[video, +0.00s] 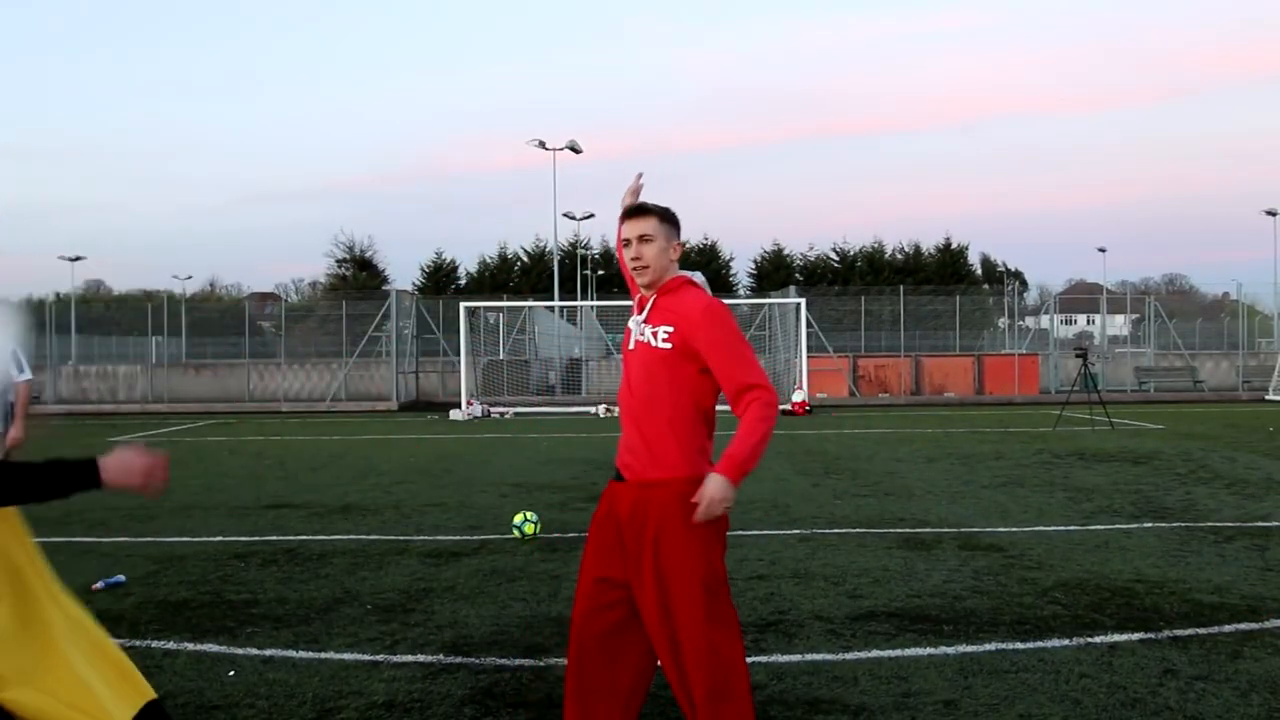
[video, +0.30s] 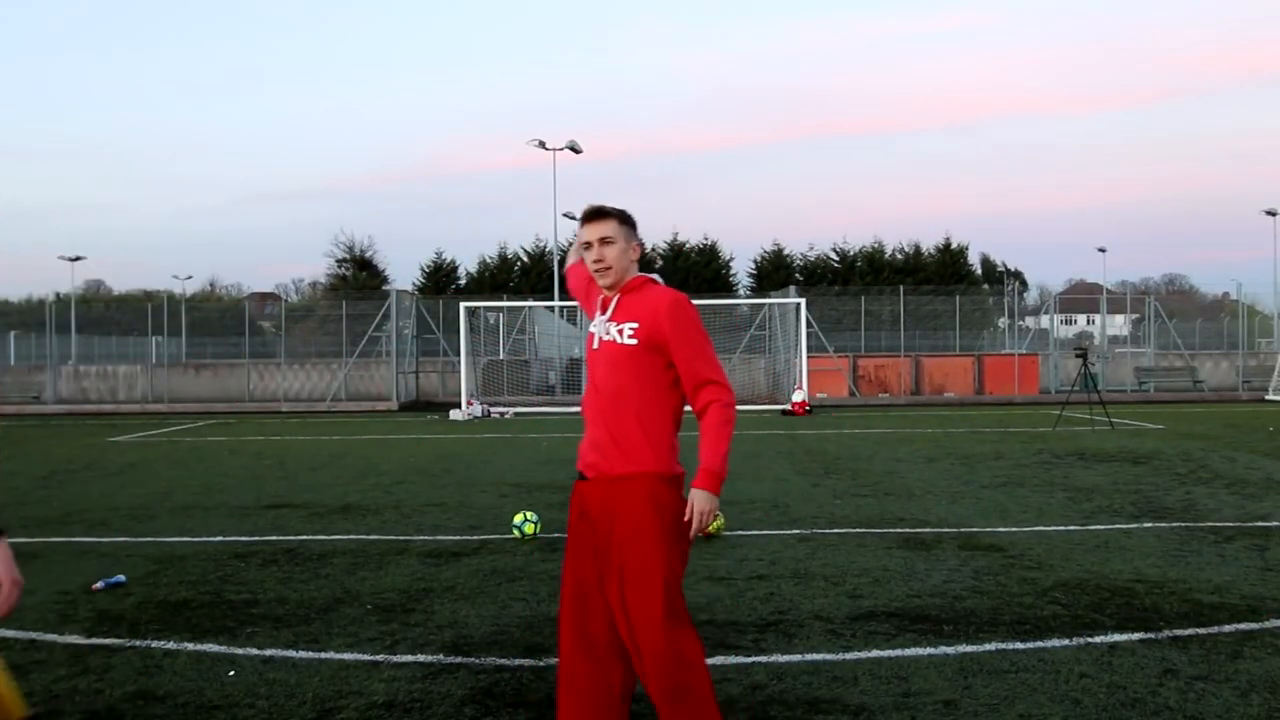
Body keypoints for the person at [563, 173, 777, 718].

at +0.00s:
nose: (634, 253)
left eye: (645, 241)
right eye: (627, 245)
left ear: (675, 248)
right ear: (626, 256)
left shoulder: (698, 308)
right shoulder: (647, 303)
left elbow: (759, 400)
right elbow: (629, 263)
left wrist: (728, 475)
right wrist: (625, 218)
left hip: (679, 505)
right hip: (624, 501)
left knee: (703, 655)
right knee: (596, 646)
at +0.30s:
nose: (596, 256)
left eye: (606, 243)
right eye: (587, 248)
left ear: (635, 249)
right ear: (583, 258)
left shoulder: (666, 305)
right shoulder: (601, 304)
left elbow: (716, 398)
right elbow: (576, 273)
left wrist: (707, 484)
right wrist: (593, 242)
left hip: (647, 491)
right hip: (592, 490)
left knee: (658, 634)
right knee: (585, 637)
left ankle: (694, 715)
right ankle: (588, 717)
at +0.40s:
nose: (587, 256)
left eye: (598, 244)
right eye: (579, 248)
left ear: (626, 249)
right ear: (578, 257)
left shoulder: (658, 304)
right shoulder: (594, 306)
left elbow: (709, 394)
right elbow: (575, 303)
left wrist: (709, 481)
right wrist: (557, 286)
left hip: (639, 488)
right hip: (586, 488)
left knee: (634, 627)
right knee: (578, 634)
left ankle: (686, 714)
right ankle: (587, 717)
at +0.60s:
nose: (571, 255)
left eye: (582, 244)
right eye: (563, 248)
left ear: (611, 250)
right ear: (560, 257)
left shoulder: (644, 303)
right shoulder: (578, 311)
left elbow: (697, 390)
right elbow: (553, 337)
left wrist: (707, 478)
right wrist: (530, 349)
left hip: (627, 484)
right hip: (580, 485)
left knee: (608, 624)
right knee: (571, 627)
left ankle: (651, 715)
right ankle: (583, 717)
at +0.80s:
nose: (559, 257)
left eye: (570, 245)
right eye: (553, 249)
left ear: (601, 251)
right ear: (551, 258)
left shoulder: (635, 304)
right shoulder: (575, 311)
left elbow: (693, 391)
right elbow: (560, 369)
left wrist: (690, 476)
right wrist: (538, 402)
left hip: (620, 486)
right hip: (578, 486)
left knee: (612, 628)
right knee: (577, 626)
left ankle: (623, 715)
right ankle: (586, 713)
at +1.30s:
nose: (535, 269)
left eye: (536, 256)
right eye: (533, 258)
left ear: (562, 254)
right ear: (578, 252)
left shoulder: (608, 306)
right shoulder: (592, 306)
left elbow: (676, 397)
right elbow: (632, 398)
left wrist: (615, 471)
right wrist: (587, 461)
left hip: (606, 503)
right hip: (589, 500)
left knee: (605, 648)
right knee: (584, 644)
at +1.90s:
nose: (547, 265)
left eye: (545, 256)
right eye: (545, 258)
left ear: (552, 255)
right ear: (602, 253)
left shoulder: (580, 297)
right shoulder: (635, 303)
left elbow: (613, 373)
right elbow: (689, 382)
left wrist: (553, 433)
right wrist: (635, 425)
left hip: (593, 493)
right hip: (636, 493)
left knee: (594, 634)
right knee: (639, 629)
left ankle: (602, 715)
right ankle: (639, 713)